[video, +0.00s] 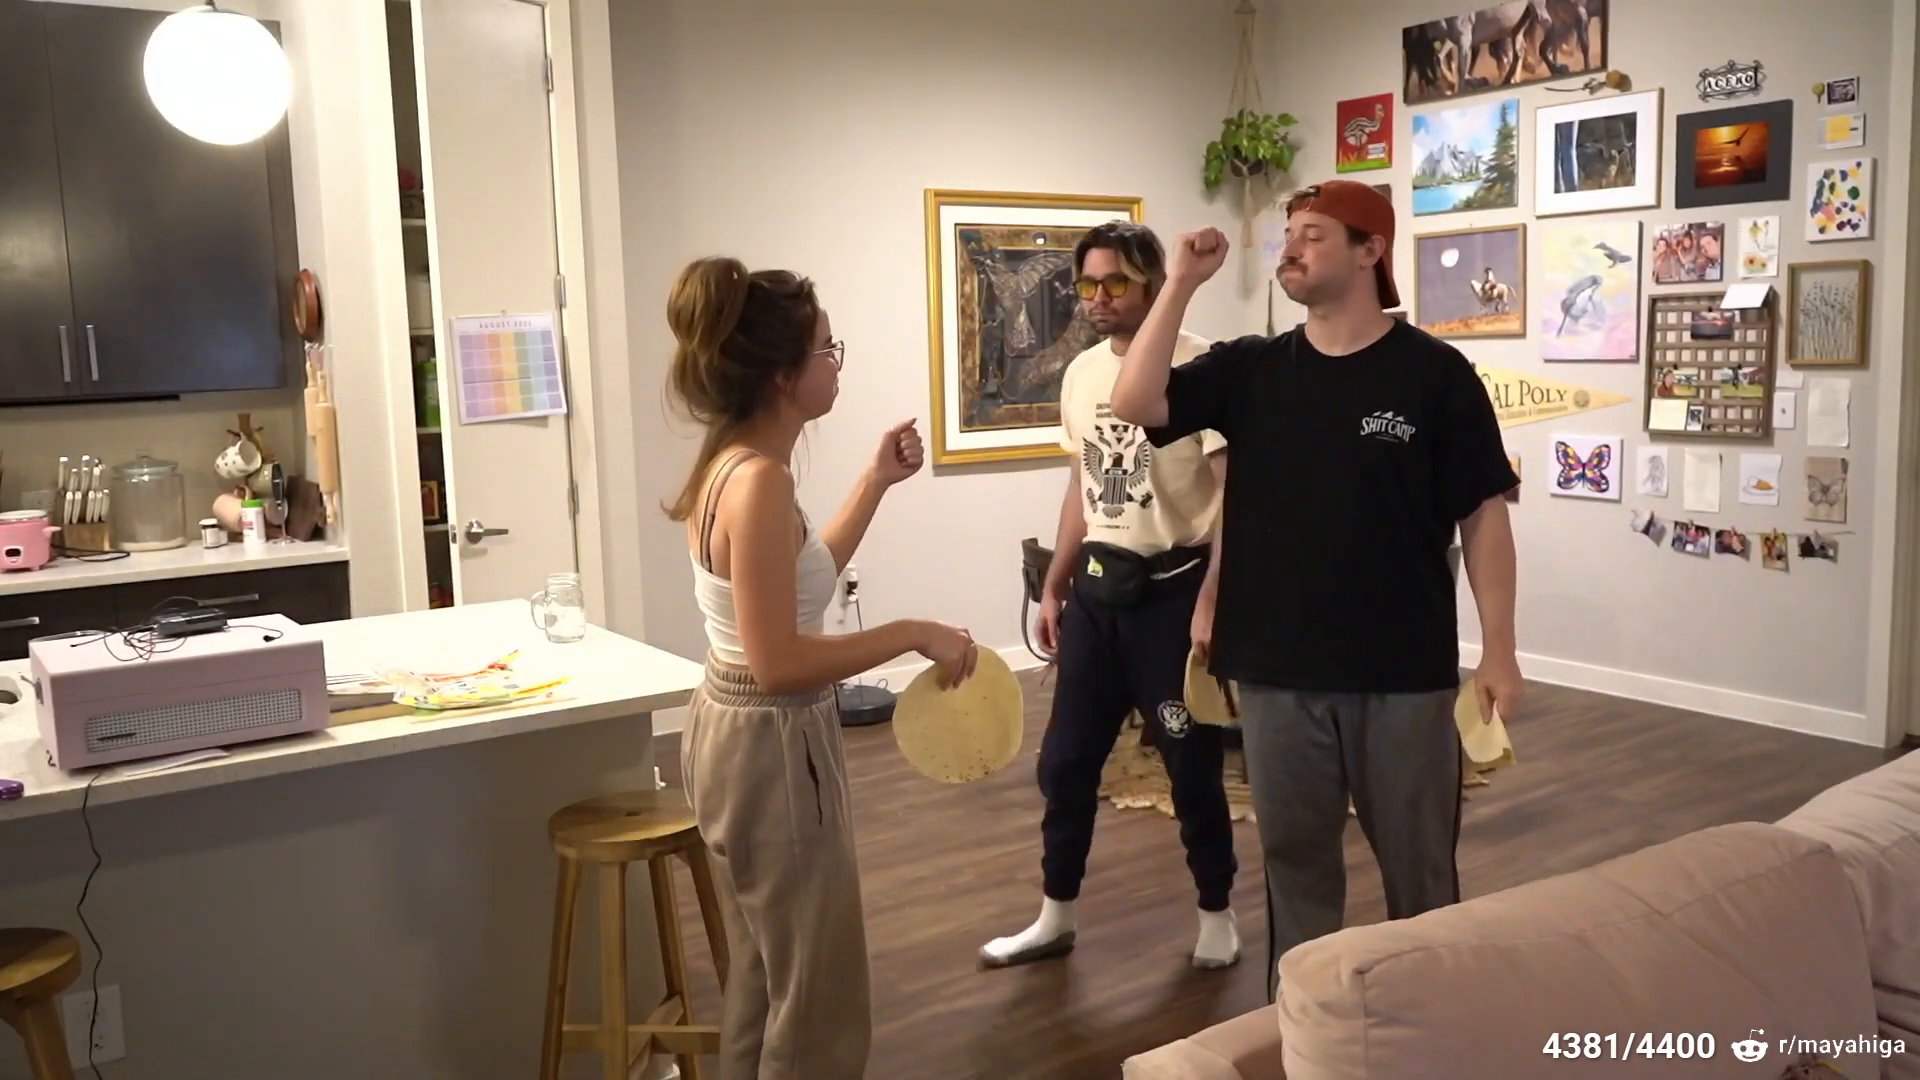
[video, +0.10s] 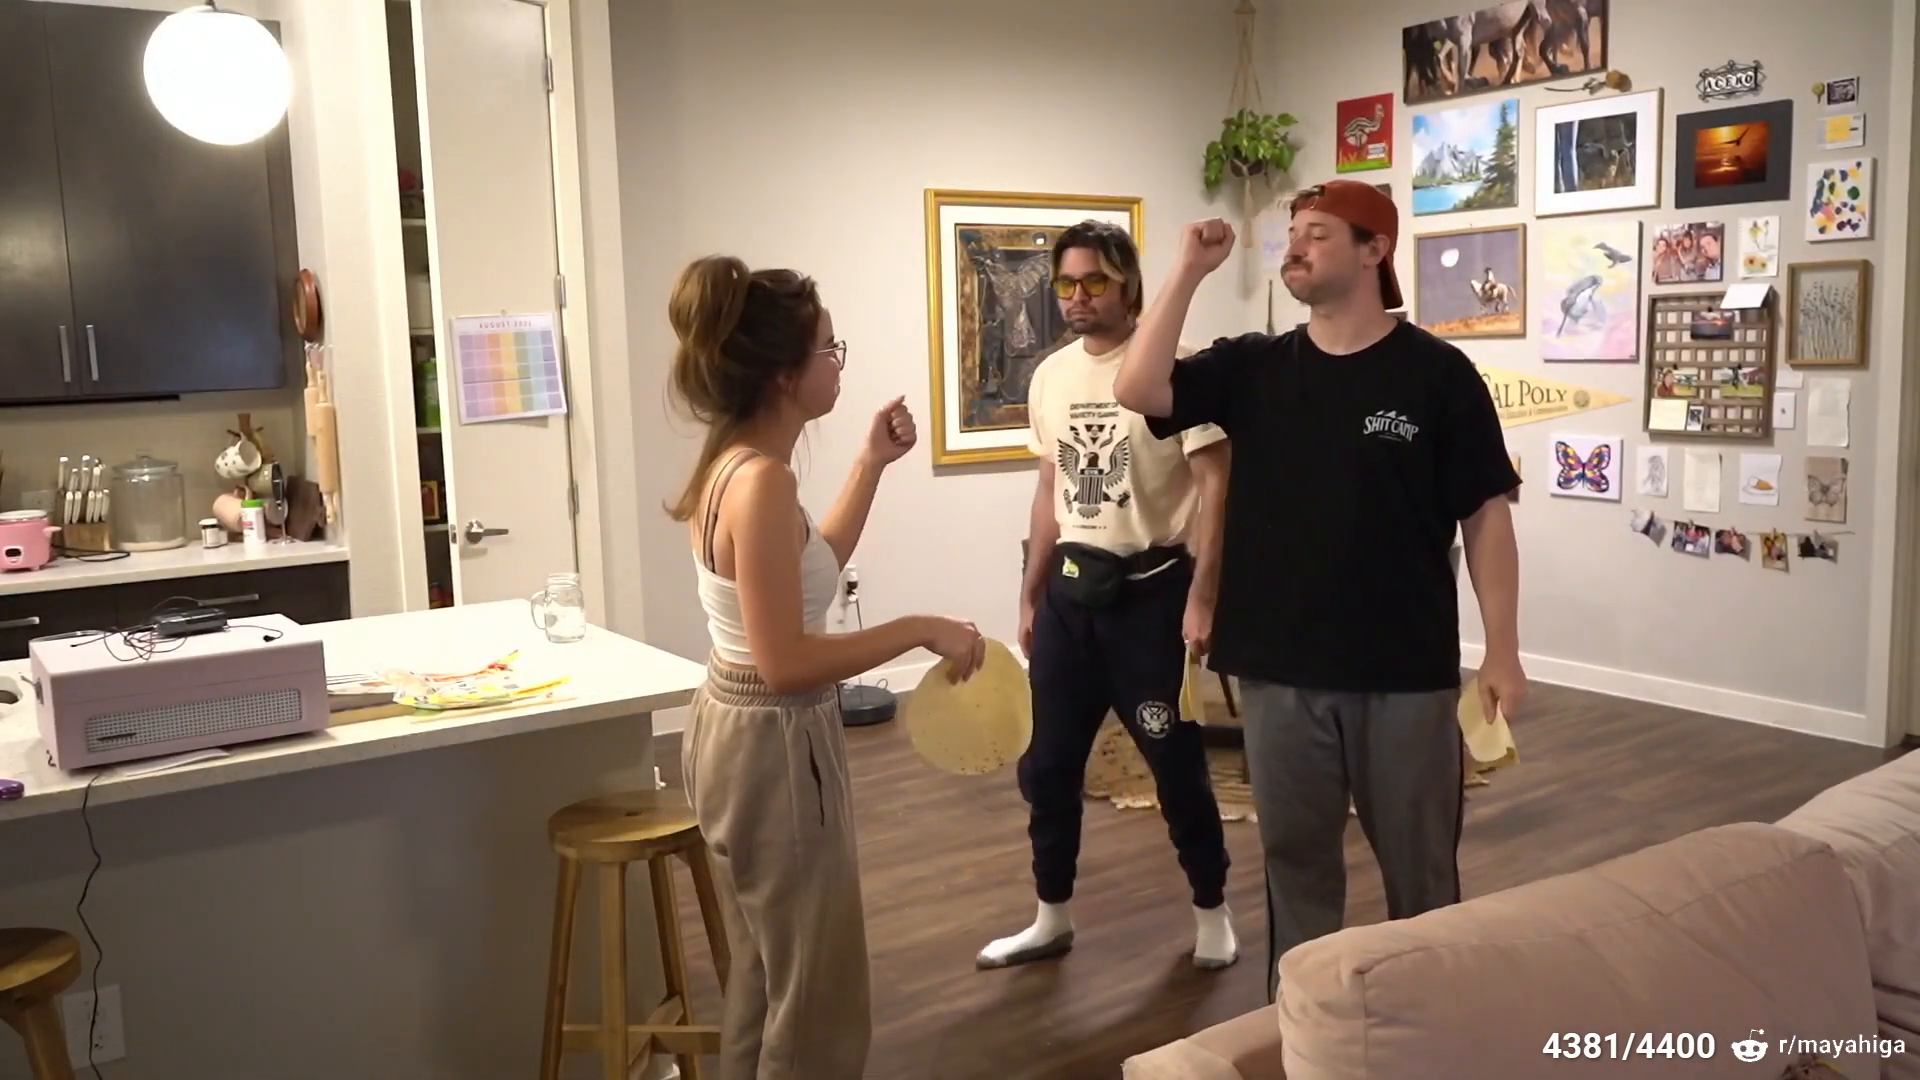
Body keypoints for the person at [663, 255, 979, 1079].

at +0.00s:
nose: (839, 358)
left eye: (832, 345)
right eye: (827, 350)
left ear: (768, 379)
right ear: (782, 377)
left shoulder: (730, 467)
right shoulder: (759, 482)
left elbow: (805, 579)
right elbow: (776, 664)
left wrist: (873, 481)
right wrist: (916, 634)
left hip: (735, 733)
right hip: (775, 746)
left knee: (764, 968)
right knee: (818, 990)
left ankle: (744, 1074)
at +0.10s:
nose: (841, 359)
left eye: (835, 345)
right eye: (830, 349)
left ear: (768, 378)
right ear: (782, 377)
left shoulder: (731, 467)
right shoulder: (761, 482)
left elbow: (816, 567)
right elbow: (783, 665)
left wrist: (872, 462)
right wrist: (921, 629)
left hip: (735, 732)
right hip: (776, 747)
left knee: (763, 970)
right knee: (818, 990)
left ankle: (743, 1073)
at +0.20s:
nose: (841, 362)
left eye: (836, 348)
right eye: (830, 351)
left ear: (766, 378)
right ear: (786, 377)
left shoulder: (730, 467)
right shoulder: (762, 482)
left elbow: (829, 555)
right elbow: (786, 665)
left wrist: (859, 437)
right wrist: (924, 630)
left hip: (735, 729)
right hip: (778, 745)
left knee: (761, 971)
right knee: (815, 989)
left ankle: (744, 1075)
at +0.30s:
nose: (842, 363)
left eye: (838, 348)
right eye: (832, 352)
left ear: (765, 378)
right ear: (791, 376)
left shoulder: (732, 466)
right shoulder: (763, 482)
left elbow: (834, 547)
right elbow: (786, 666)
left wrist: (855, 429)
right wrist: (924, 632)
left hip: (739, 728)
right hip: (782, 744)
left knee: (764, 967)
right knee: (814, 983)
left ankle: (747, 1074)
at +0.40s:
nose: (845, 361)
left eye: (839, 348)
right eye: (834, 351)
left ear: (774, 378)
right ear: (790, 377)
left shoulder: (733, 468)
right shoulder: (765, 484)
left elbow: (815, 569)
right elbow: (786, 667)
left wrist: (883, 472)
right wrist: (923, 637)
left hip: (743, 729)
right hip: (783, 745)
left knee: (768, 966)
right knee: (816, 985)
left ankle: (748, 1074)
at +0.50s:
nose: (846, 365)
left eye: (841, 350)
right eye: (836, 354)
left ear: (777, 379)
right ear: (790, 378)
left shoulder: (736, 469)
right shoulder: (766, 485)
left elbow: (807, 577)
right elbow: (783, 666)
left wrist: (911, 535)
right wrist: (924, 643)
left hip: (745, 734)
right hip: (783, 748)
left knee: (774, 966)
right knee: (818, 982)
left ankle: (752, 1074)